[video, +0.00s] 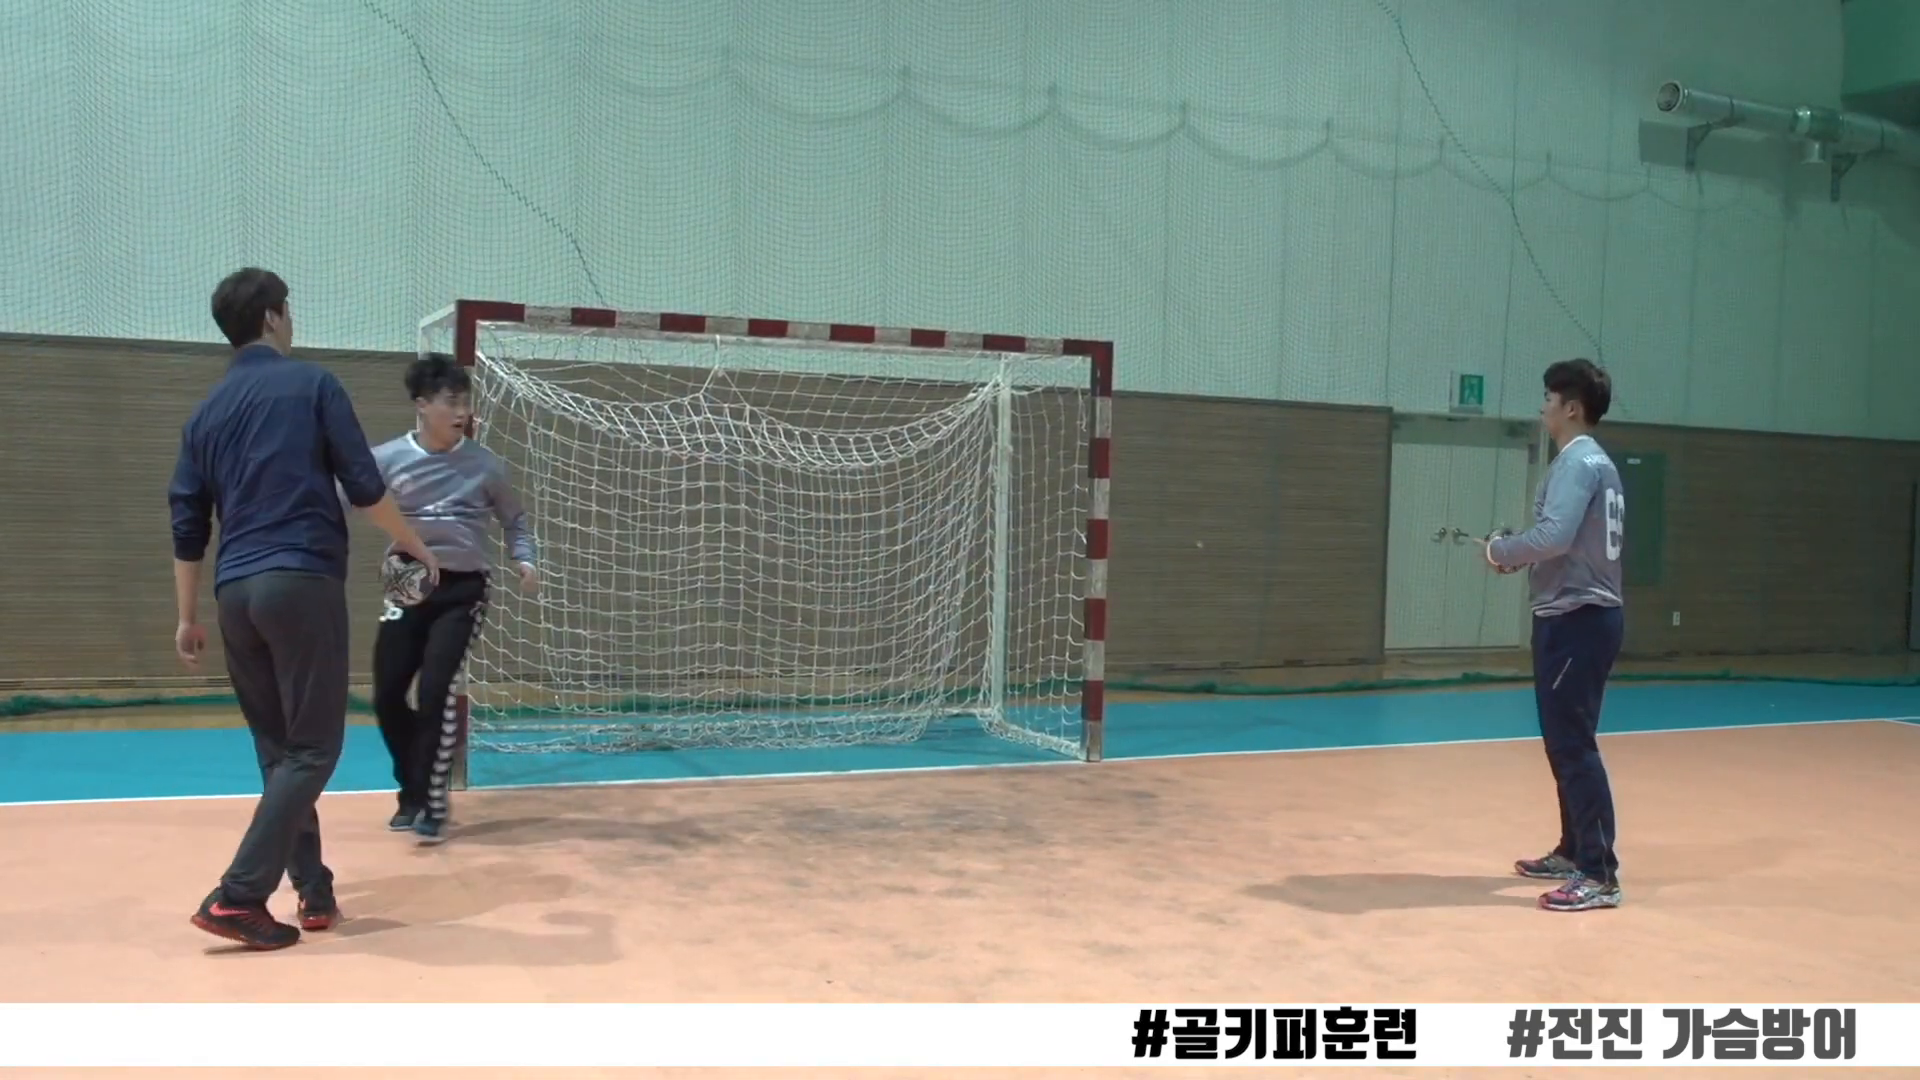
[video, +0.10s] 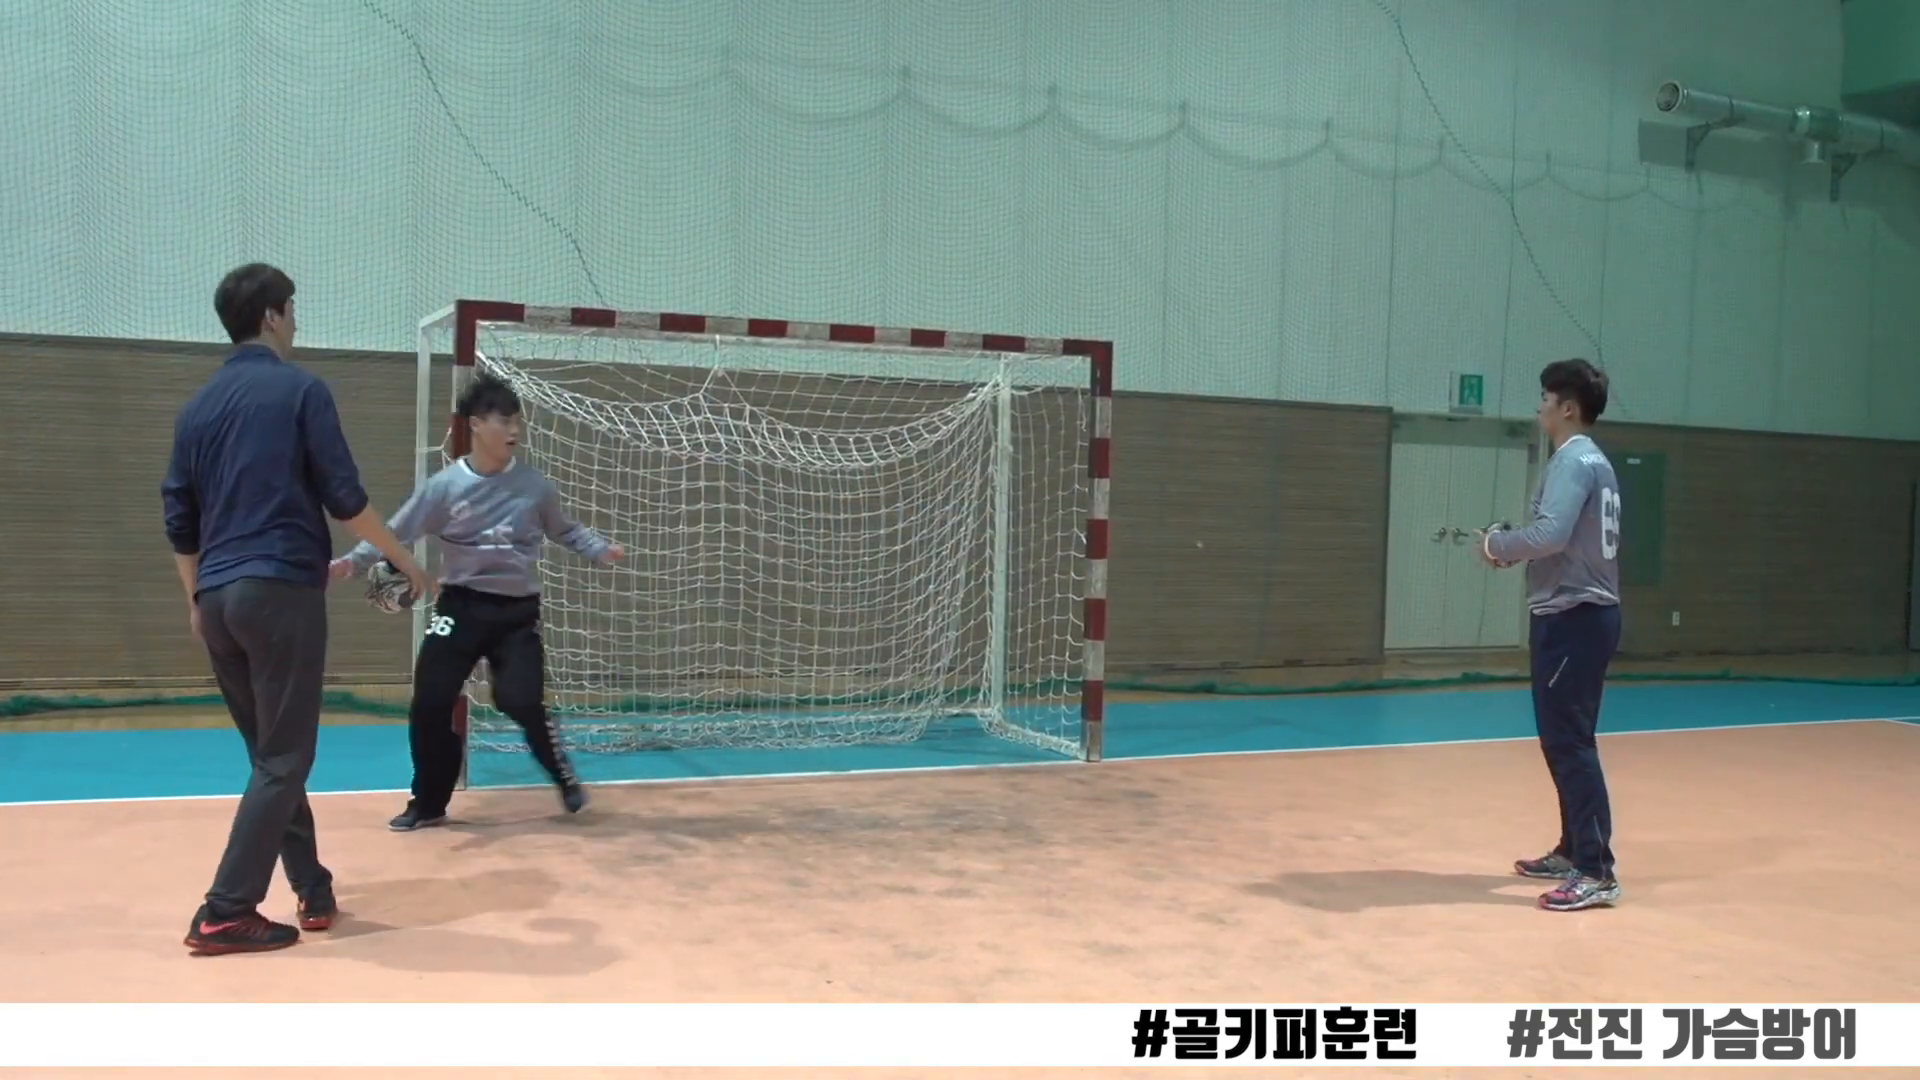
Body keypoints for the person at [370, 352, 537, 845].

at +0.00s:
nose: (462, 410)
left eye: (465, 400)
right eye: (451, 401)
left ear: (470, 404)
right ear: (420, 406)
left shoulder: (485, 467)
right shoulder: (386, 460)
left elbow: (516, 521)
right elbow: (338, 497)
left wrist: (525, 559)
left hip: (462, 590)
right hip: (407, 590)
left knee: (433, 692)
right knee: (387, 696)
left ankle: (432, 804)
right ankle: (412, 793)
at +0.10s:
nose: (515, 429)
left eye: (517, 420)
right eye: (503, 420)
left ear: (519, 426)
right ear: (473, 425)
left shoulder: (534, 485)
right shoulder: (443, 487)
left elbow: (566, 531)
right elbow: (394, 535)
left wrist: (601, 550)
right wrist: (351, 561)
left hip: (517, 612)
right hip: (461, 608)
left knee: (520, 699)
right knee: (429, 701)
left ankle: (565, 779)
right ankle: (429, 802)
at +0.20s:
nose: (578, 426)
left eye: (579, 417)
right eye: (567, 418)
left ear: (581, 422)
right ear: (539, 424)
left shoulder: (603, 482)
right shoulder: (510, 487)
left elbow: (636, 509)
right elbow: (467, 532)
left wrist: (674, 503)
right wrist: (418, 543)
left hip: (580, 617)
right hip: (521, 614)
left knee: (609, 709)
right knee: (465, 703)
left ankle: (639, 777)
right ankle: (428, 799)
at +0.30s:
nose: (646, 423)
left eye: (647, 413)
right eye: (635, 415)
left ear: (649, 416)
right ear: (609, 420)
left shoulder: (666, 469)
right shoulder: (582, 478)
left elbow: (696, 488)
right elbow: (528, 513)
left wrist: (720, 491)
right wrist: (484, 537)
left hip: (650, 601)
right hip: (595, 600)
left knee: (658, 695)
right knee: (555, 688)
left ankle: (642, 776)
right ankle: (528, 783)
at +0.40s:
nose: (716, 422)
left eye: (718, 413)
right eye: (706, 414)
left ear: (718, 417)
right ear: (680, 418)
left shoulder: (725, 471)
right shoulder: (645, 476)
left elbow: (747, 506)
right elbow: (591, 523)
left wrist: (775, 529)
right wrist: (554, 569)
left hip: (710, 591)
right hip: (658, 592)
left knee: (731, 676)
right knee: (646, 673)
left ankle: (694, 750)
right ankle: (651, 749)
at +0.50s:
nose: (781, 447)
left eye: (782, 438)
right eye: (772, 438)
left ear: (784, 441)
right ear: (745, 442)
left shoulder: (782, 493)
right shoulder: (706, 496)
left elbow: (791, 543)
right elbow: (657, 545)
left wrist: (822, 576)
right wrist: (637, 597)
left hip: (766, 607)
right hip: (711, 612)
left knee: (808, 680)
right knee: (710, 701)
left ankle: (811, 749)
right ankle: (706, 759)